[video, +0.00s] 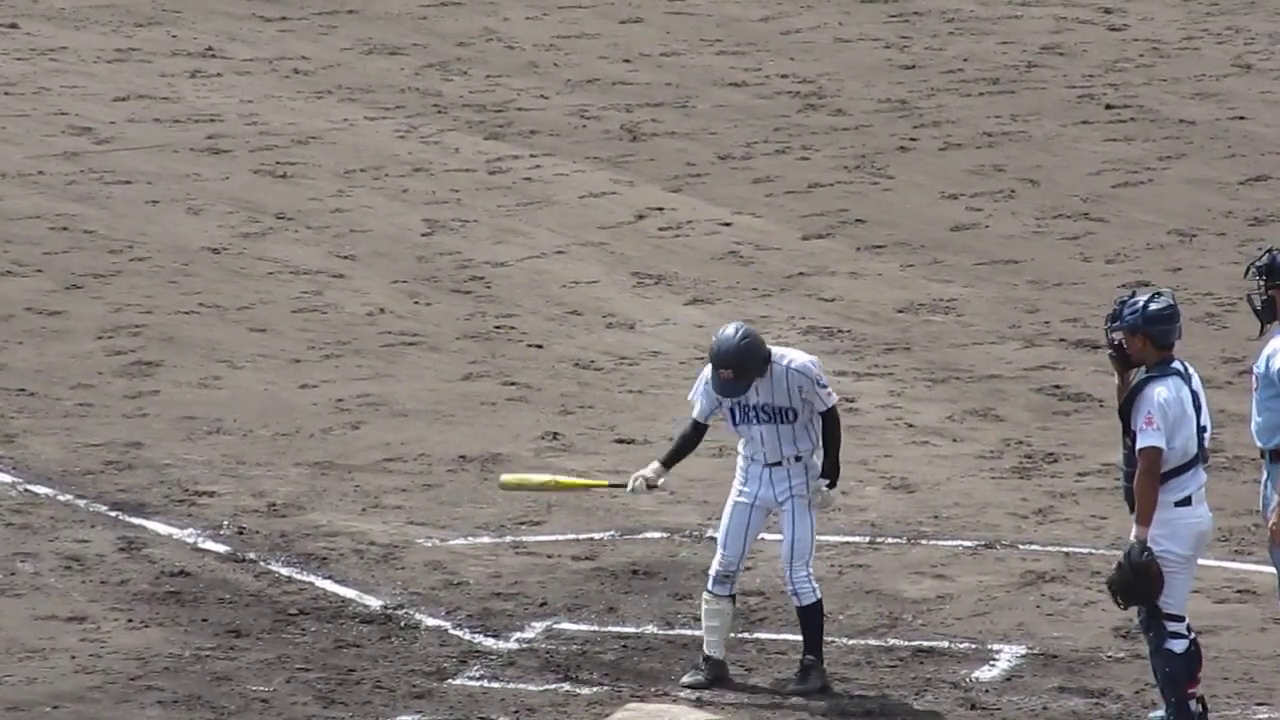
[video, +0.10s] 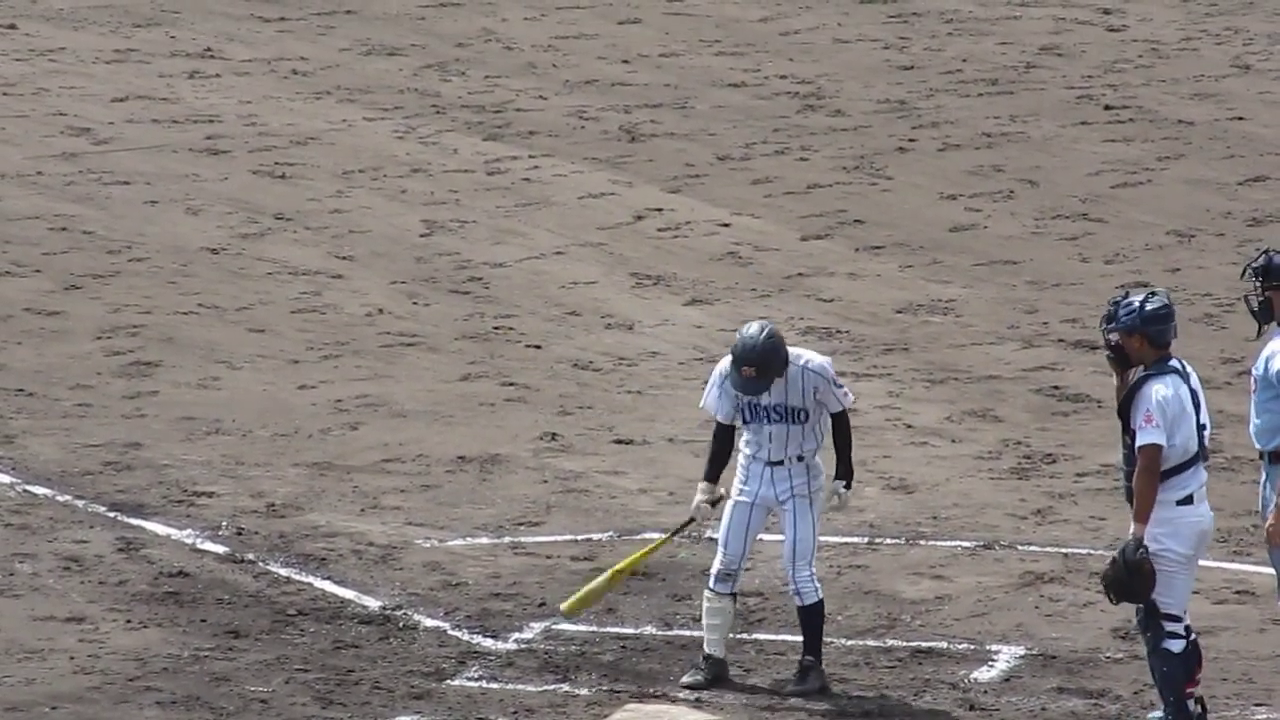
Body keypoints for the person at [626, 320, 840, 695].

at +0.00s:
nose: (727, 385)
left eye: (734, 379)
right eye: (722, 377)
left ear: (755, 366)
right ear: (717, 363)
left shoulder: (800, 370)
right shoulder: (717, 376)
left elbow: (829, 414)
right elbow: (696, 428)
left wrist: (829, 476)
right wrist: (659, 466)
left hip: (797, 474)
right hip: (750, 475)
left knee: (798, 573)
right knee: (724, 566)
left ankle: (813, 666)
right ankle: (712, 661)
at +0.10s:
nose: (750, 385)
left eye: (758, 378)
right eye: (745, 376)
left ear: (779, 364)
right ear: (737, 361)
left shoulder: (814, 371)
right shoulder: (728, 373)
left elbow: (839, 415)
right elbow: (723, 431)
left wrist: (843, 475)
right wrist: (708, 483)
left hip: (800, 476)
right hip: (750, 474)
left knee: (800, 572)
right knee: (725, 565)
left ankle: (811, 667)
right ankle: (712, 661)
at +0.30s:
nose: (779, 369)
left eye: (787, 364)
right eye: (774, 362)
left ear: (805, 356)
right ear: (764, 352)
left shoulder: (831, 367)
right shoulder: (746, 370)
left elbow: (848, 414)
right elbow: (754, 431)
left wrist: (861, 472)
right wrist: (767, 487)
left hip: (798, 470)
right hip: (748, 468)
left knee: (801, 567)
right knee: (717, 561)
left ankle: (813, 665)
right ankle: (719, 642)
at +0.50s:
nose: (783, 370)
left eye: (791, 365)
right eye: (777, 363)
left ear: (808, 354)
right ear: (767, 353)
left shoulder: (829, 361)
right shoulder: (748, 372)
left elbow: (842, 409)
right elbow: (779, 426)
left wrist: (856, 464)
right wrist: (826, 460)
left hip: (796, 473)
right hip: (745, 468)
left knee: (801, 569)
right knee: (708, 567)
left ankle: (813, 665)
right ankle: (704, 639)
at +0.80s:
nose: (749, 367)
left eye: (757, 360)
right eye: (743, 359)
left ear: (775, 349)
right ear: (735, 348)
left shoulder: (804, 357)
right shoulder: (722, 372)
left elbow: (819, 404)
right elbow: (744, 433)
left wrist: (833, 462)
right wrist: (772, 477)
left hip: (782, 465)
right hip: (732, 462)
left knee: (792, 562)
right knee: (705, 559)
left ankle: (812, 660)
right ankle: (702, 653)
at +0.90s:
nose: (733, 360)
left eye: (740, 354)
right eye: (728, 353)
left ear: (762, 346)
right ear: (723, 344)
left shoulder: (797, 360)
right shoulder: (712, 372)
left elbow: (816, 410)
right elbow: (718, 434)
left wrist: (824, 467)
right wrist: (729, 488)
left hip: (775, 469)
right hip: (726, 470)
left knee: (793, 563)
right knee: (705, 561)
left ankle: (814, 662)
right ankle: (704, 654)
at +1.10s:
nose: (708, 364)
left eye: (712, 357)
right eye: (705, 358)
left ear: (734, 348)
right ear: (711, 351)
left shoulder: (782, 369)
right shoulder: (704, 372)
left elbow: (803, 429)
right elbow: (688, 433)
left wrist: (800, 481)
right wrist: (668, 482)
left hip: (772, 476)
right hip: (724, 474)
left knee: (785, 573)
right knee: (698, 565)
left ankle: (812, 665)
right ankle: (703, 659)